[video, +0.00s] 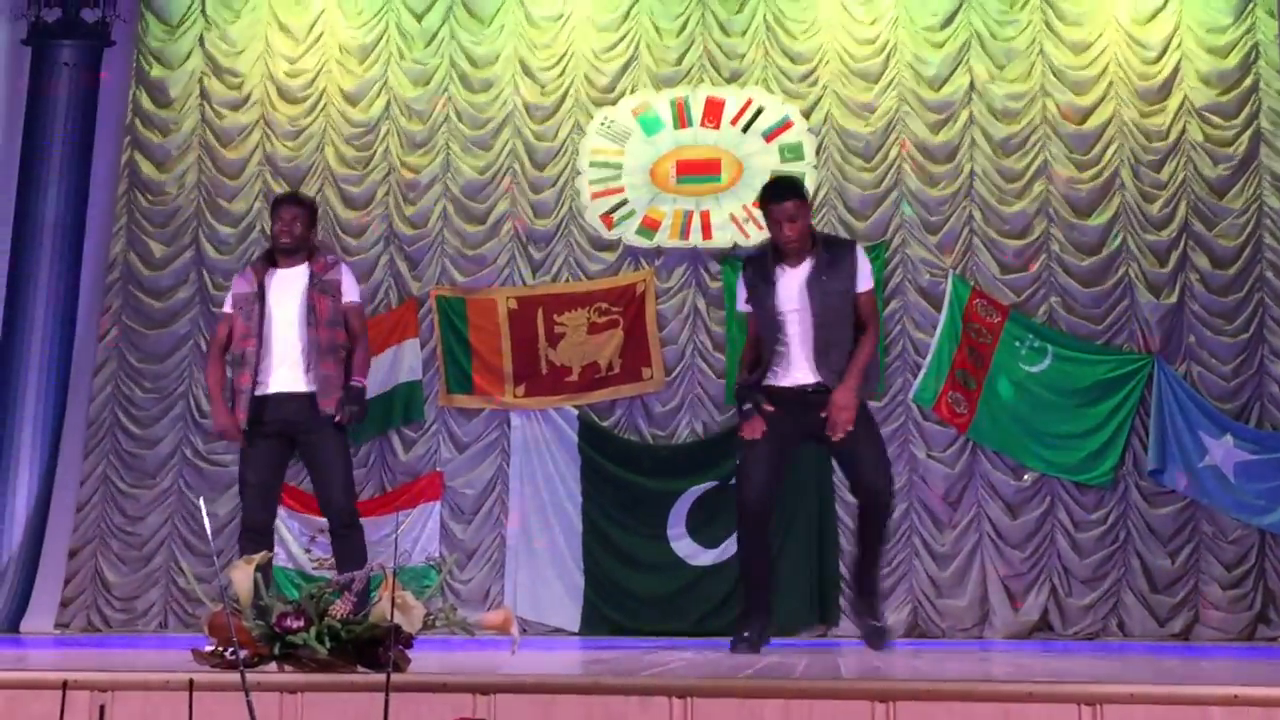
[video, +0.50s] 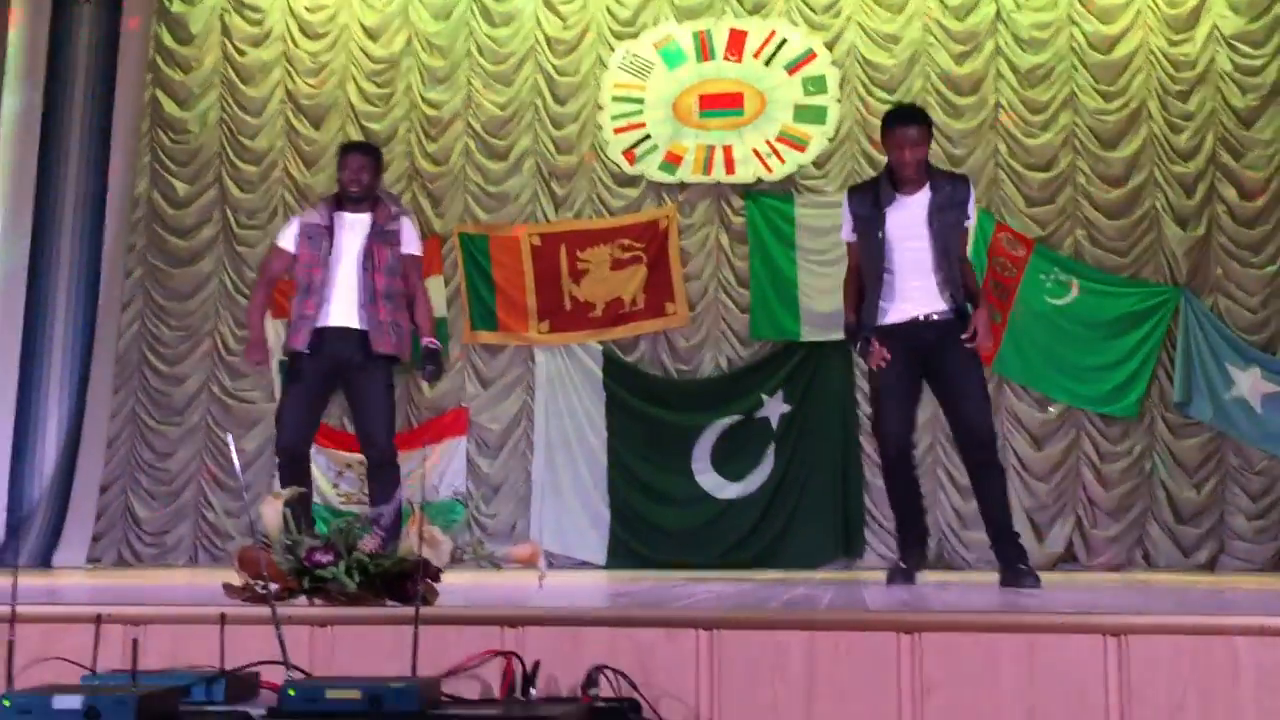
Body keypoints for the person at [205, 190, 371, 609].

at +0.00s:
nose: (287, 229)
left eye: (297, 222)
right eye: (280, 222)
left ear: (312, 229)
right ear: (271, 228)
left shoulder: (335, 273)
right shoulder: (247, 280)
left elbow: (359, 337)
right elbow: (216, 351)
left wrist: (356, 387)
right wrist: (220, 410)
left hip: (319, 411)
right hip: (263, 413)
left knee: (341, 512)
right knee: (255, 518)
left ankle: (357, 611)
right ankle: (253, 617)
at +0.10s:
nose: (295, 231)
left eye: (304, 224)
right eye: (288, 224)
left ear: (320, 231)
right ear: (278, 230)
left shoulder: (341, 276)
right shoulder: (252, 282)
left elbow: (362, 340)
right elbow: (218, 351)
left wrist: (356, 392)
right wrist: (217, 412)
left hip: (320, 408)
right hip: (262, 412)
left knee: (343, 513)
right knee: (254, 518)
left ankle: (359, 613)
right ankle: (253, 618)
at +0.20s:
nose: (314, 224)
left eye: (322, 217)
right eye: (307, 216)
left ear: (336, 222)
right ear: (296, 220)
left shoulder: (358, 270)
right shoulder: (270, 268)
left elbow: (385, 336)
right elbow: (245, 336)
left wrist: (377, 384)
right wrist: (233, 397)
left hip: (336, 405)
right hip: (279, 405)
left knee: (356, 507)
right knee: (264, 508)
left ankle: (368, 603)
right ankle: (262, 607)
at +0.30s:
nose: (348, 207)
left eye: (356, 201)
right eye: (342, 200)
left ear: (371, 207)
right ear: (331, 205)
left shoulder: (390, 249)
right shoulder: (305, 253)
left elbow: (404, 310)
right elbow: (262, 320)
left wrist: (392, 364)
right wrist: (254, 381)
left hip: (360, 384)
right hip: (304, 385)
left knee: (376, 491)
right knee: (282, 489)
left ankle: (383, 590)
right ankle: (276, 591)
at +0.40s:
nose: (362, 199)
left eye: (371, 193)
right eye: (356, 192)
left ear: (386, 200)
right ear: (346, 197)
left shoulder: (407, 246)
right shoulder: (320, 242)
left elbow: (421, 309)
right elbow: (289, 308)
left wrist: (425, 362)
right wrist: (266, 365)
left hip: (378, 378)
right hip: (319, 374)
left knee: (388, 478)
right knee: (293, 472)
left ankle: (395, 576)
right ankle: (294, 577)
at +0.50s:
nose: (355, 177)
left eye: (364, 171)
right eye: (348, 169)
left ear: (378, 176)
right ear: (337, 174)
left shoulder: (398, 224)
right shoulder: (309, 221)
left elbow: (416, 287)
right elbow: (267, 277)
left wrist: (428, 340)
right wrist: (255, 333)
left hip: (371, 350)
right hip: (313, 349)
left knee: (380, 451)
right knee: (290, 447)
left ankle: (386, 551)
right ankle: (302, 547)